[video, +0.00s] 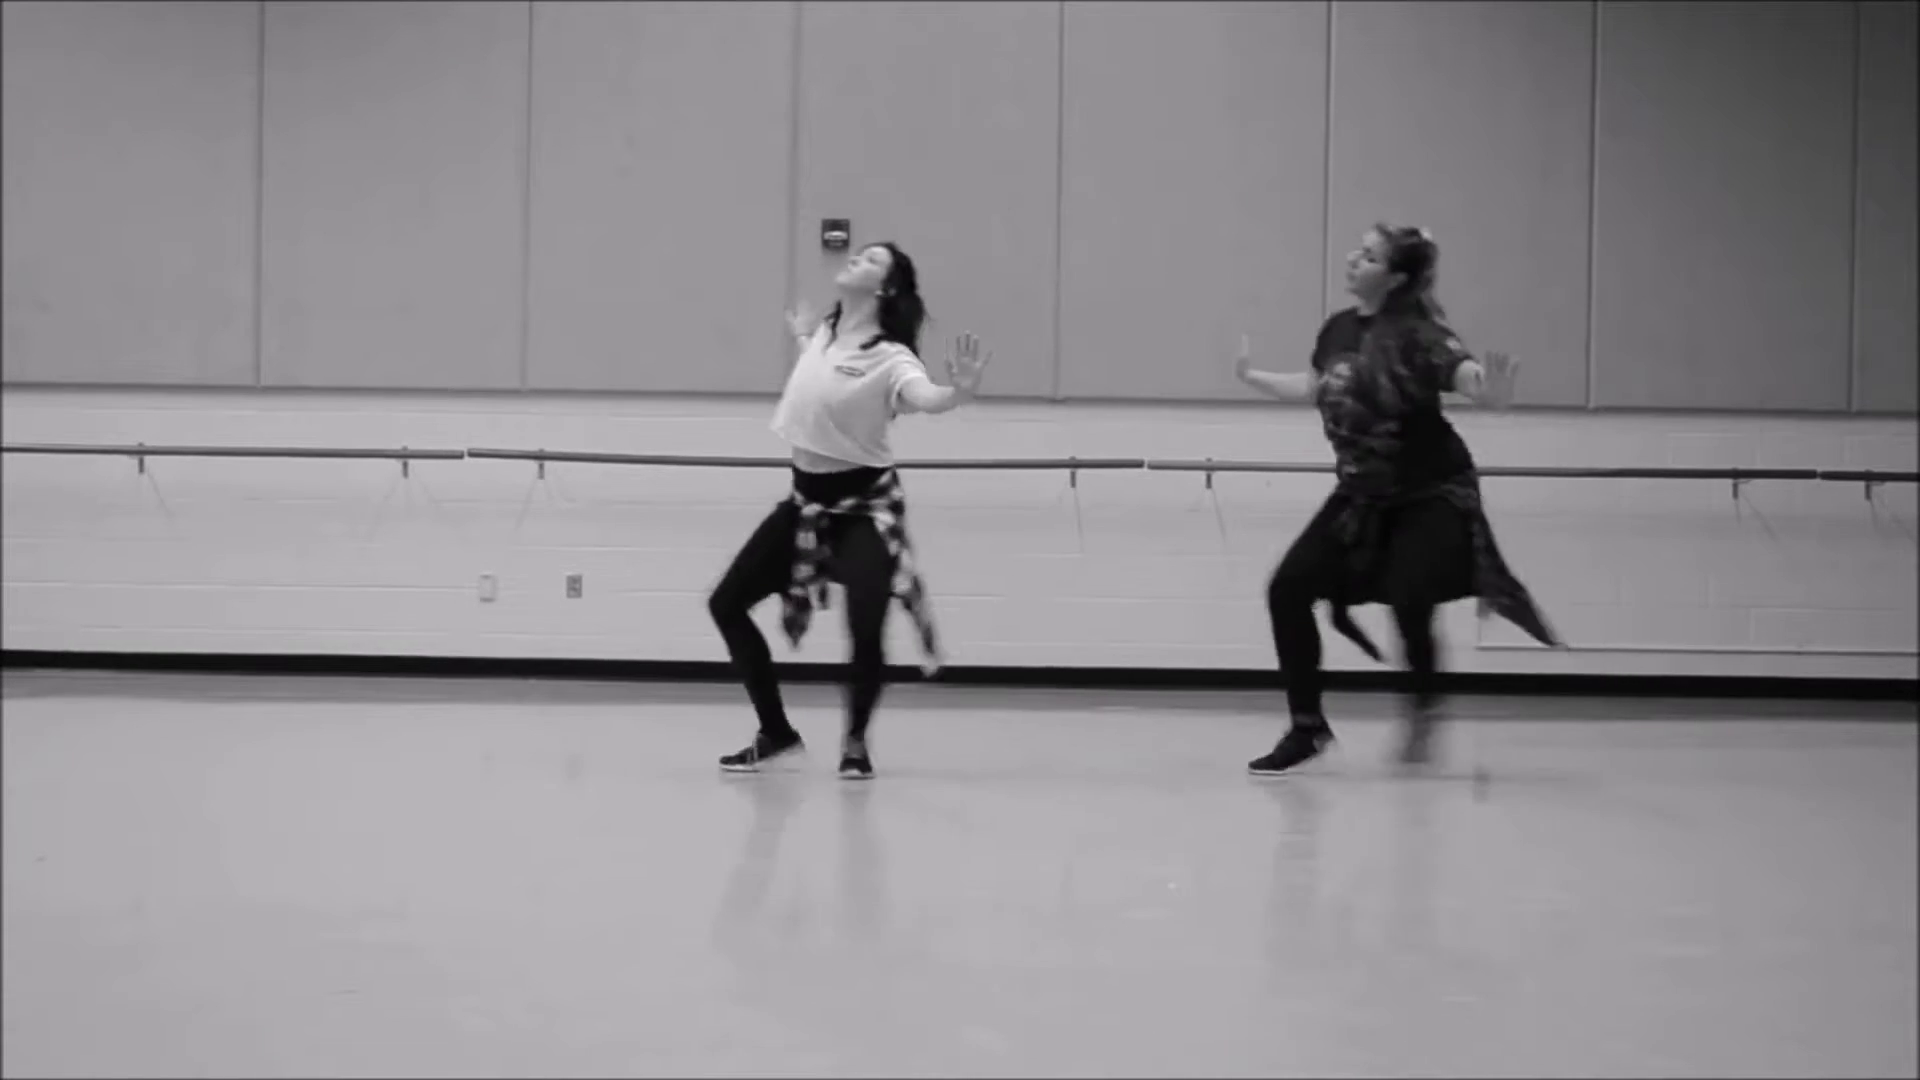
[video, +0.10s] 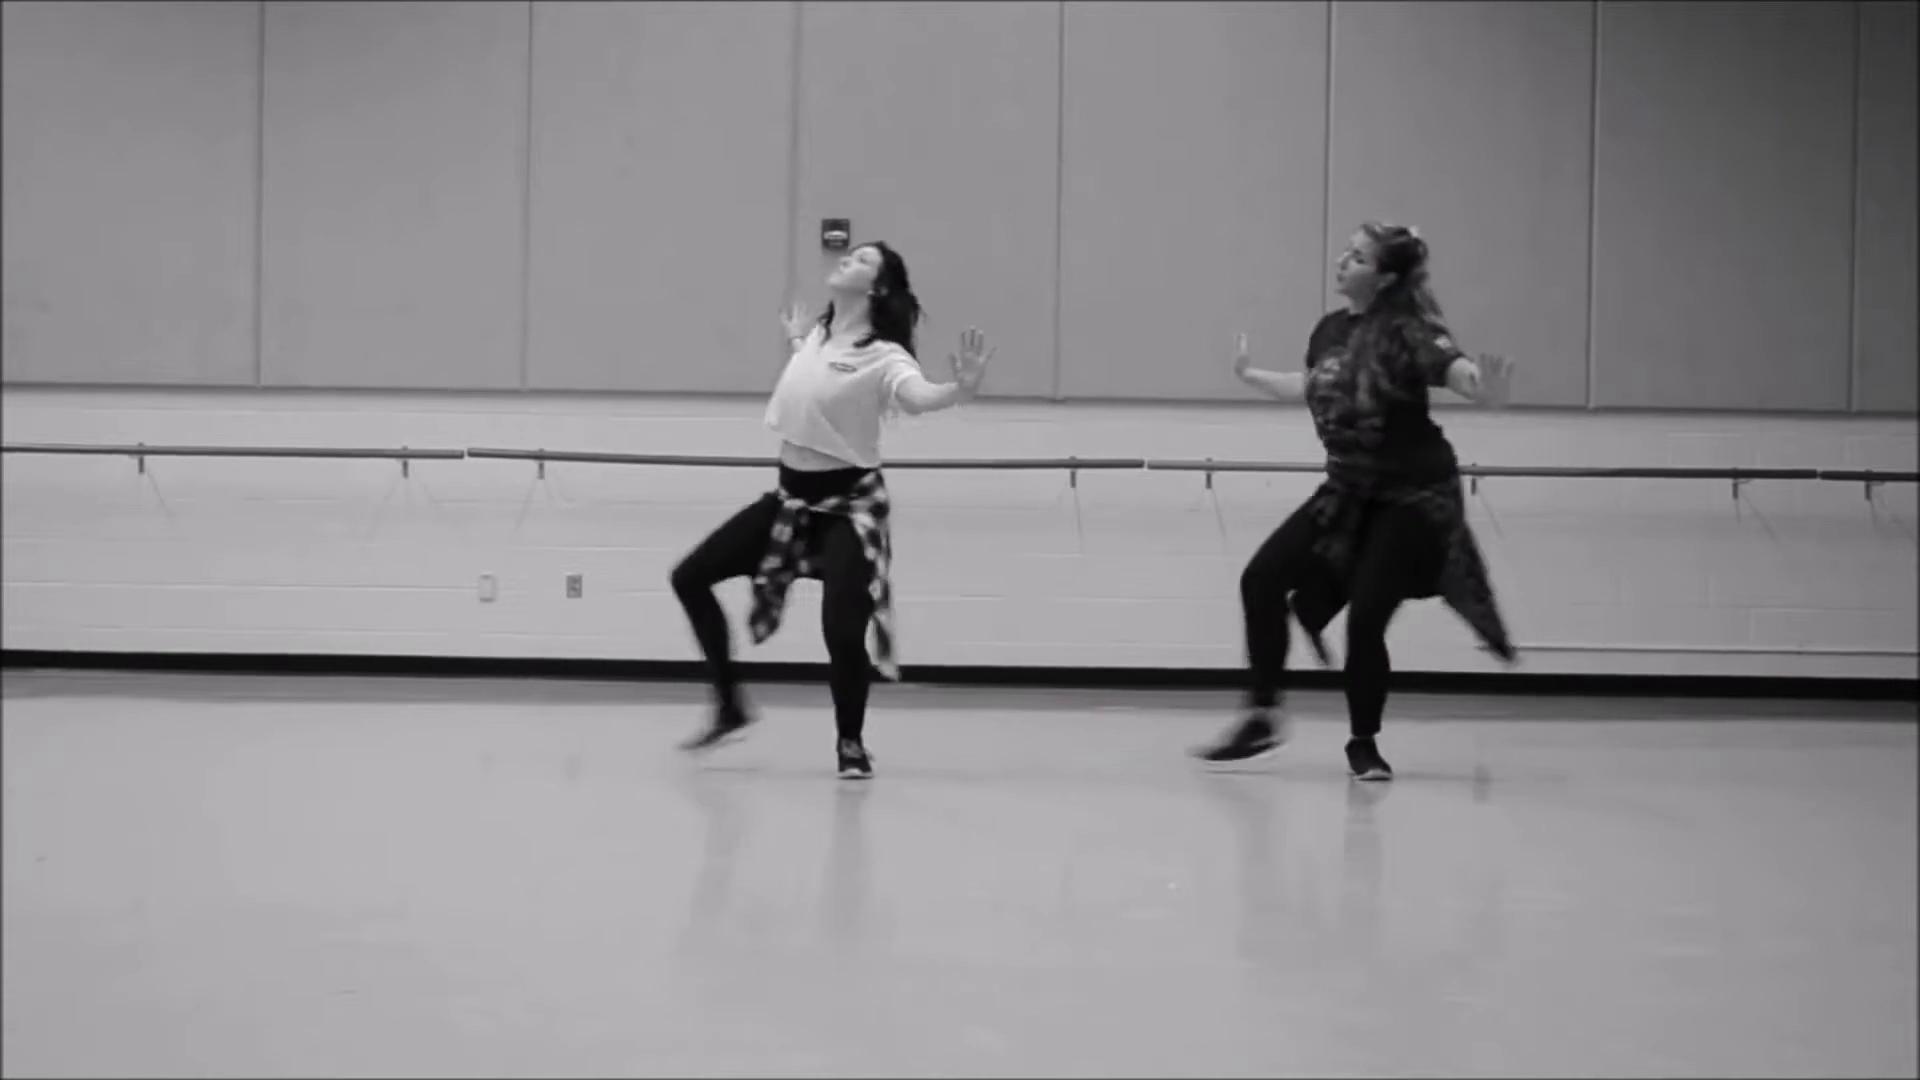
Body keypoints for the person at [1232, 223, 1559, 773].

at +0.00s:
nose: (1353, 261)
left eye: (1367, 258)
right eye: (1357, 252)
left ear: (1397, 278)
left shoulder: (1417, 331)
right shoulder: (1340, 329)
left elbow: (1461, 374)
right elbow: (1318, 386)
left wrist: (1486, 384)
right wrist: (1250, 375)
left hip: (1431, 495)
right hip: (1363, 496)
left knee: (1410, 598)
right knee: (1288, 590)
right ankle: (1307, 724)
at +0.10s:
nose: (1341, 262)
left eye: (1356, 258)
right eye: (1345, 253)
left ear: (1385, 276)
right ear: (1350, 270)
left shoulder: (1408, 329)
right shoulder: (1330, 331)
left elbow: (1455, 368)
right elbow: (1310, 388)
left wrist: (1485, 387)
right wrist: (1247, 374)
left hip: (1412, 499)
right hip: (1346, 494)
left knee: (1364, 621)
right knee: (1261, 582)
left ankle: (1363, 744)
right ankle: (1263, 716)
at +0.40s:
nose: (1337, 267)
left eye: (1352, 265)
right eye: (1342, 258)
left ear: (1378, 288)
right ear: (1351, 276)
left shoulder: (1396, 346)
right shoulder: (1322, 325)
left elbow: (1452, 390)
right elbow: (1297, 390)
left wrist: (1506, 410)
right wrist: (1250, 361)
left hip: (1363, 503)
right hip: (1295, 499)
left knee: (1339, 623)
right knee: (1209, 596)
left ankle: (1362, 745)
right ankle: (1207, 733)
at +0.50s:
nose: (1357, 274)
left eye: (1372, 273)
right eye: (1362, 265)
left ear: (1397, 295)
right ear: (1359, 274)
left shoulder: (1403, 348)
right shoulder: (1327, 326)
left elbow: (1407, 400)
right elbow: (1264, 386)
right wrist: (1188, 381)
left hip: (1351, 502)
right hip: (1286, 495)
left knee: (1330, 626)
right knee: (1204, 595)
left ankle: (1361, 746)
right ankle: (1206, 735)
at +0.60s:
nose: (1346, 268)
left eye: (1361, 265)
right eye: (1349, 258)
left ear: (1389, 284)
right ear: (1346, 265)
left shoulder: (1383, 341)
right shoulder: (1317, 319)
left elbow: (1330, 413)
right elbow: (1257, 385)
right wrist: (1187, 384)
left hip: (1347, 496)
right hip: (1286, 489)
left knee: (1330, 622)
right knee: (1213, 596)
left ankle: (1360, 747)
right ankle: (1207, 737)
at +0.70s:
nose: (1296, 259)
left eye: (1307, 249)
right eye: (1291, 249)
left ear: (1337, 252)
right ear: (1288, 255)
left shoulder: (1350, 316)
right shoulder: (1290, 314)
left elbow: (1311, 401)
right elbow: (1248, 378)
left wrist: (1223, 408)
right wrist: (1175, 382)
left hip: (1350, 487)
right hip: (1289, 484)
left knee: (1339, 615)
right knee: (1232, 598)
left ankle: (1362, 742)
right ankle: (1211, 735)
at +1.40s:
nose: (1321, 325)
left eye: (1331, 311)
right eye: (1309, 314)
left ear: (1352, 305)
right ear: (1295, 312)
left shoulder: (1383, 359)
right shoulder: (1281, 354)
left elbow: (1358, 447)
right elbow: (1253, 431)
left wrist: (1282, 448)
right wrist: (1207, 441)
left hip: (1338, 516)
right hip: (1264, 510)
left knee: (1354, 629)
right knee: (1168, 603)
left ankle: (1371, 746)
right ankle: (1200, 736)